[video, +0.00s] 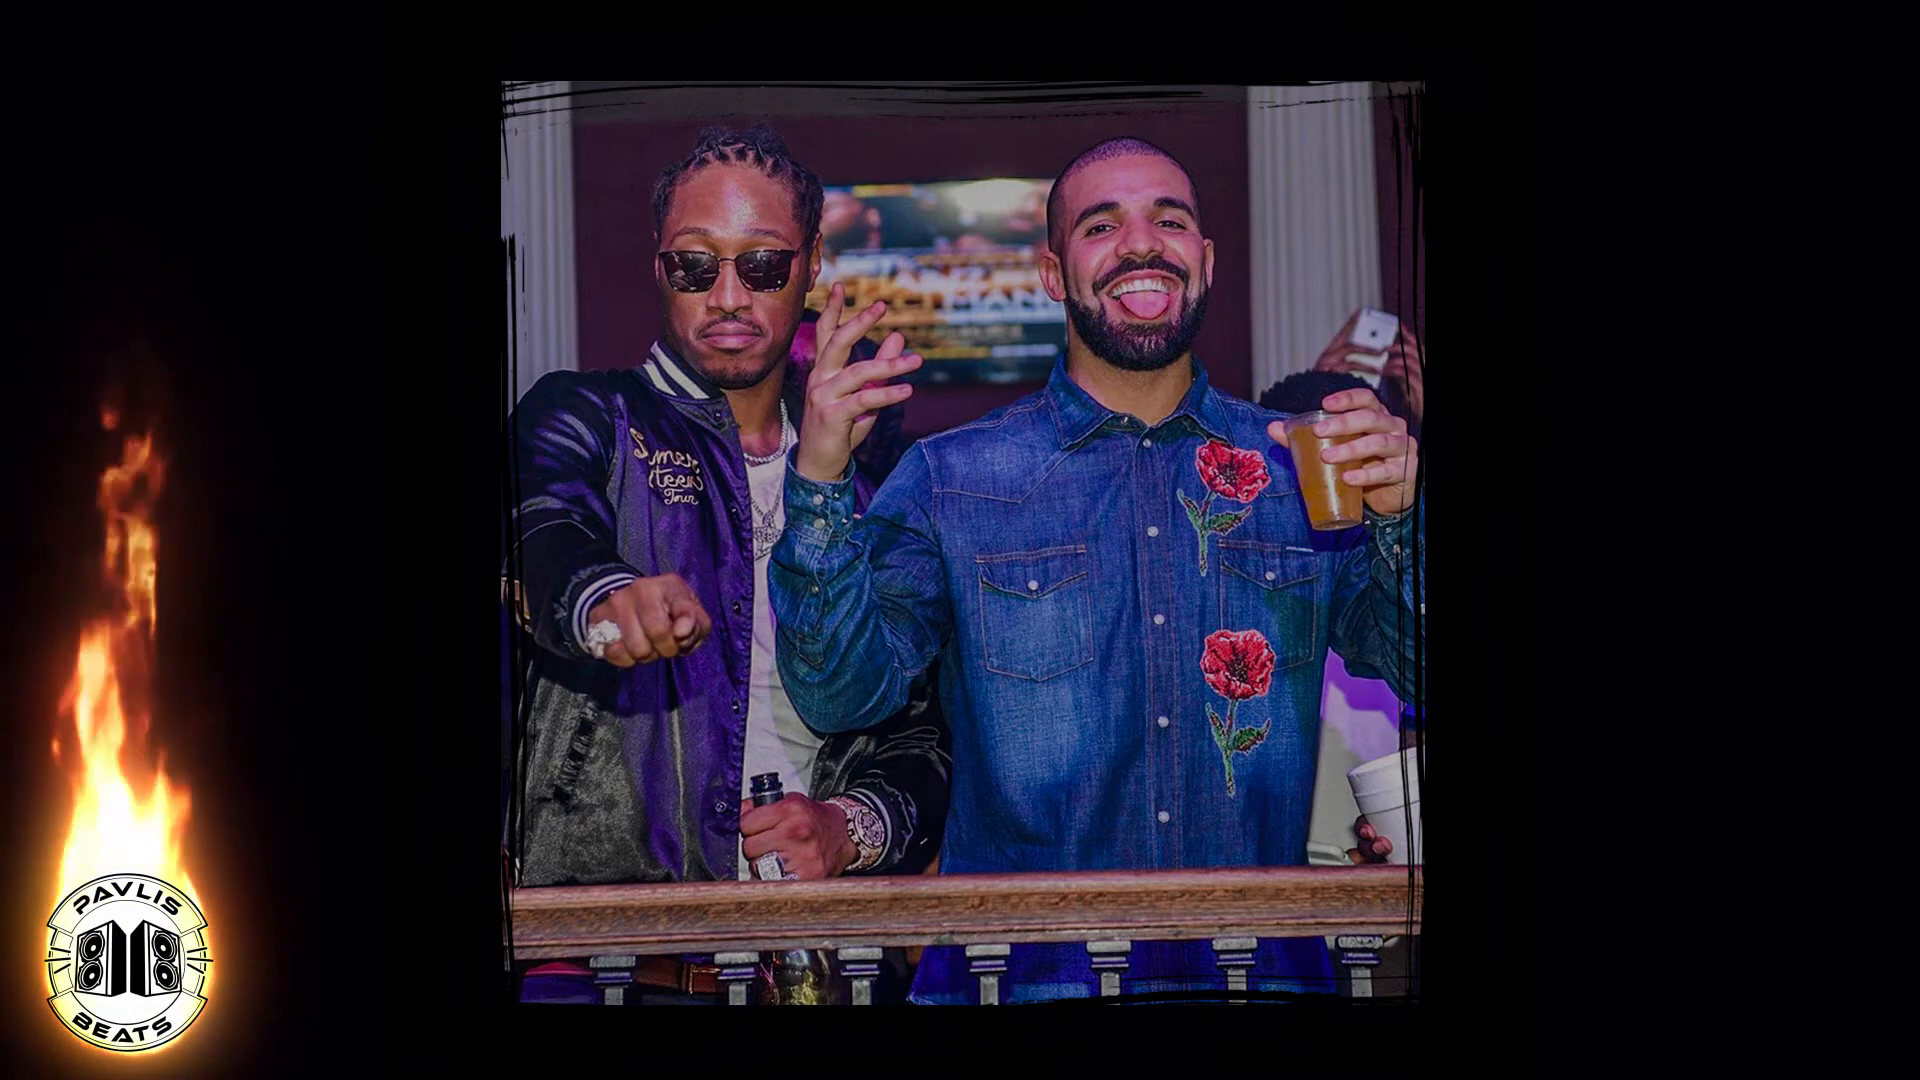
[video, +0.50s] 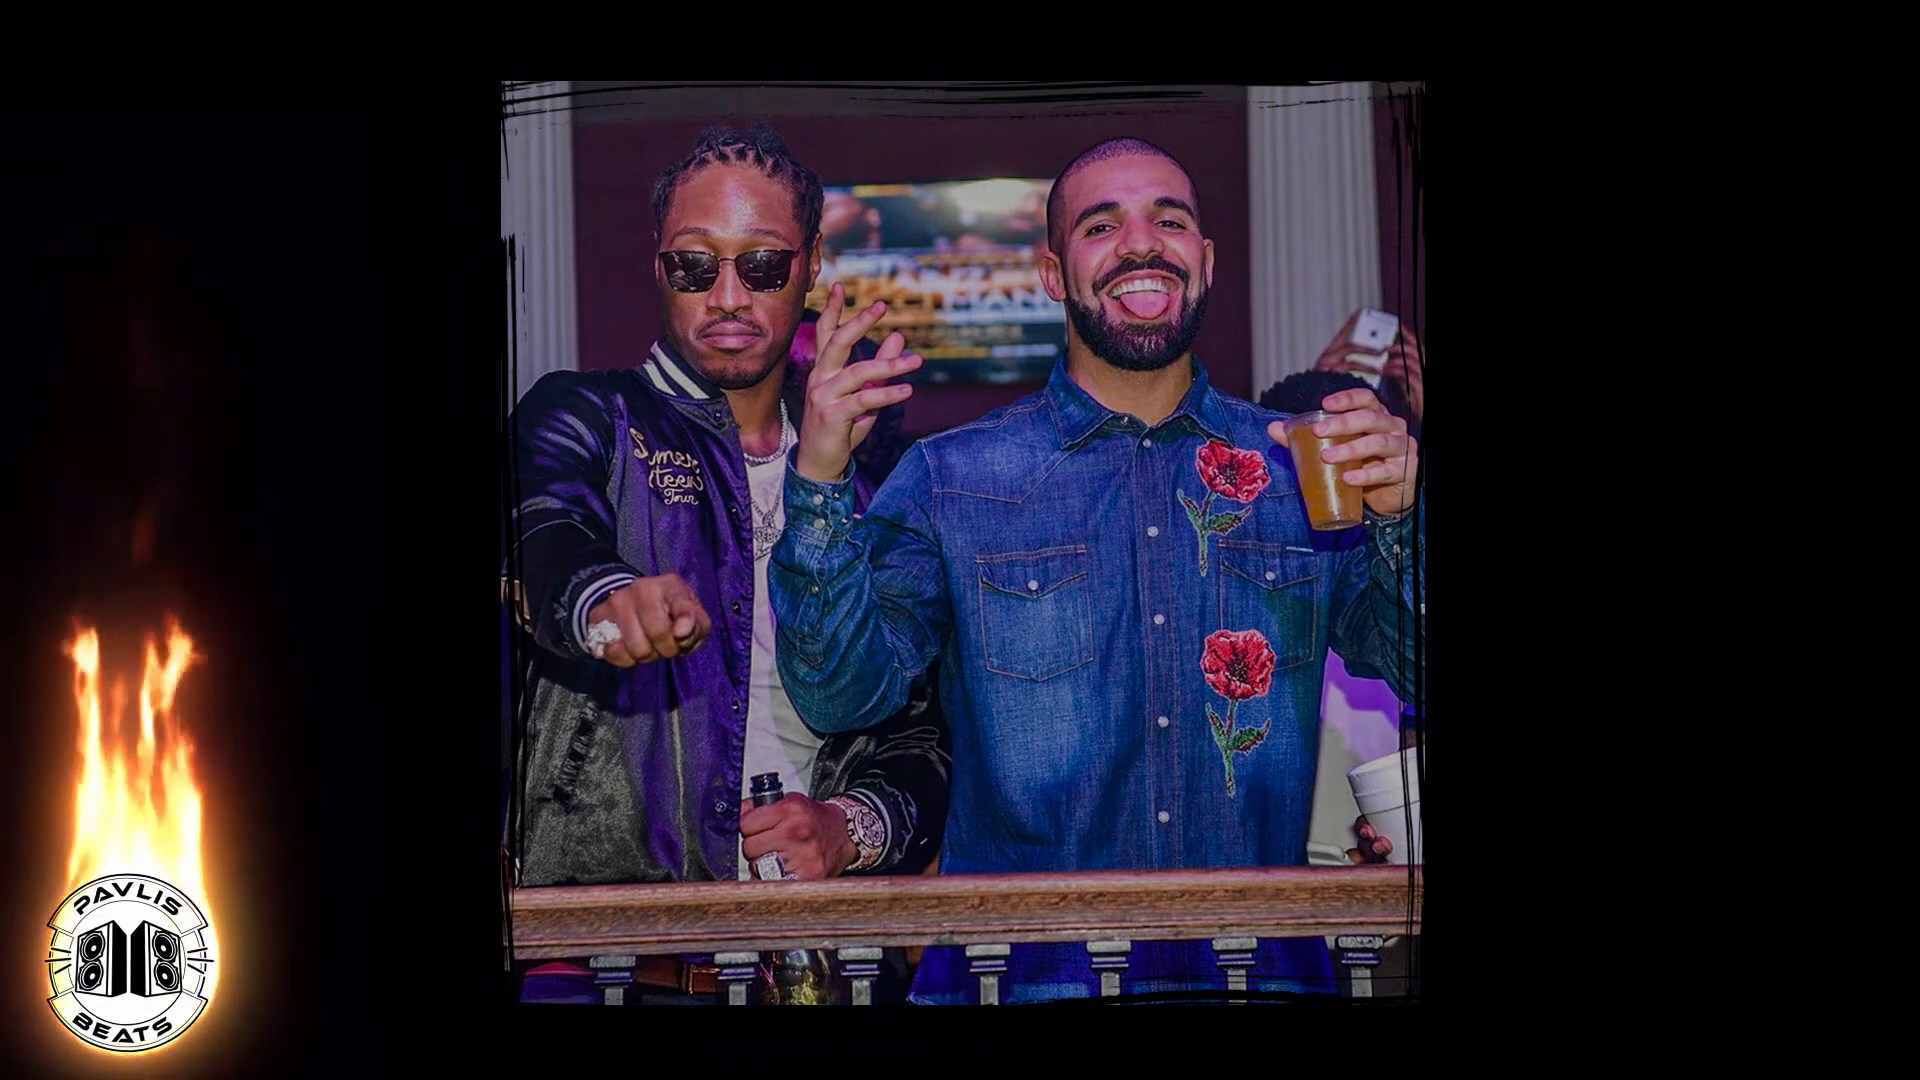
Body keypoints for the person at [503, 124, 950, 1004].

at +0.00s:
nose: (729, 296)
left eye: (763, 266)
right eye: (694, 266)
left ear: (811, 274)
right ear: (658, 274)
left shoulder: (876, 458)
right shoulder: (581, 411)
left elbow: (925, 724)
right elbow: (542, 526)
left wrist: (858, 825)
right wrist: (604, 596)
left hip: (827, 943)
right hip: (606, 943)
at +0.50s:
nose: (729, 295)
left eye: (764, 266)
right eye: (694, 266)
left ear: (811, 274)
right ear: (658, 273)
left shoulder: (878, 459)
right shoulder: (581, 412)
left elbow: (926, 726)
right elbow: (540, 526)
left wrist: (856, 825)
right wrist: (603, 596)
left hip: (827, 942)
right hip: (606, 942)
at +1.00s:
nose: (729, 296)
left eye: (764, 266)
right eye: (694, 266)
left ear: (811, 274)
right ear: (658, 273)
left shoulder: (878, 459)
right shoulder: (581, 411)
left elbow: (926, 724)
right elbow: (540, 526)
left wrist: (857, 825)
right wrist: (603, 595)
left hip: (827, 942)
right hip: (606, 942)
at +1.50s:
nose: (729, 295)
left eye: (764, 266)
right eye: (694, 266)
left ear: (811, 274)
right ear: (658, 273)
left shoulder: (878, 459)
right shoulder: (581, 411)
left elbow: (926, 726)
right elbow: (541, 526)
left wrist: (856, 825)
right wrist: (603, 596)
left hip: (826, 942)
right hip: (606, 942)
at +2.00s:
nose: (729, 296)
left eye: (764, 266)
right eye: (694, 266)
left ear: (811, 274)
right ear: (658, 273)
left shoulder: (879, 459)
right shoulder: (581, 412)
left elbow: (926, 724)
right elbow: (540, 525)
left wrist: (857, 825)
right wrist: (603, 595)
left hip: (827, 942)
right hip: (606, 942)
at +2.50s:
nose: (729, 296)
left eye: (764, 266)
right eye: (694, 266)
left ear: (811, 274)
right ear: (658, 273)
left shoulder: (879, 459)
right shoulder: (581, 412)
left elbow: (926, 724)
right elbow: (540, 525)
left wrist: (858, 825)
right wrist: (603, 595)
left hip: (827, 942)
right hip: (606, 942)